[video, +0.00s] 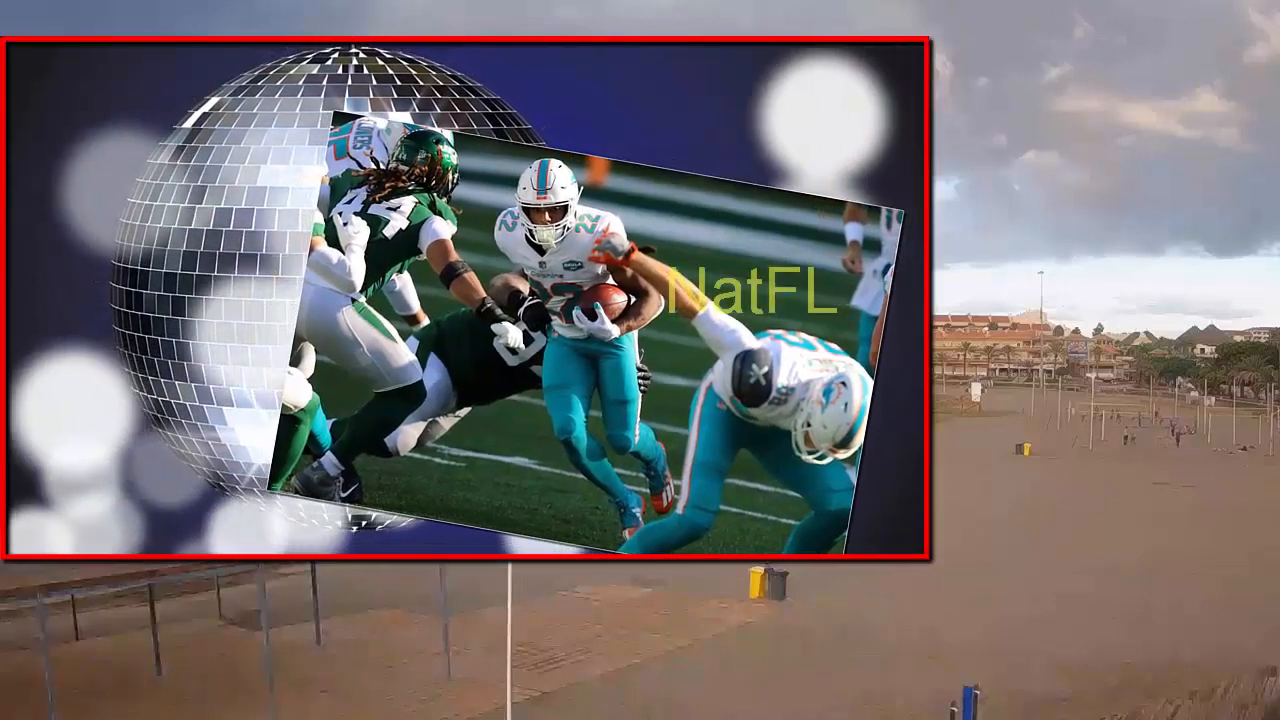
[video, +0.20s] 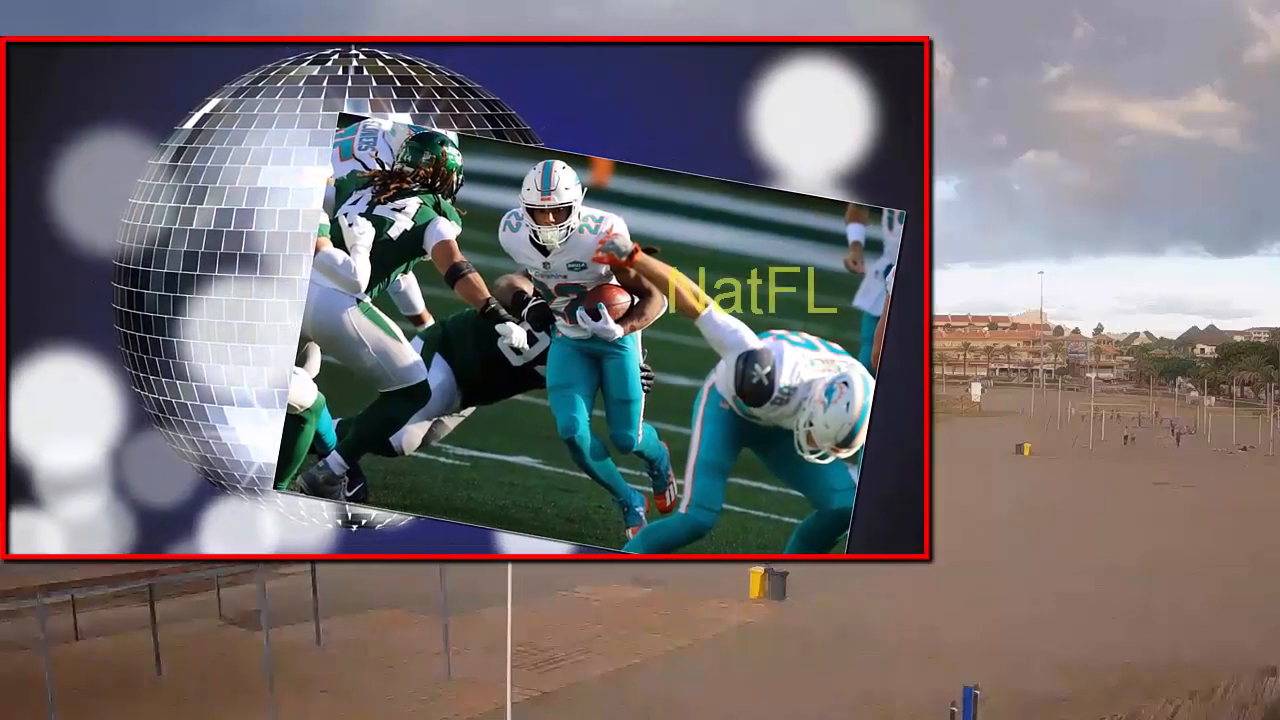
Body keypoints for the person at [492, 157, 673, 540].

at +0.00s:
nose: (544, 219)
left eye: (553, 210)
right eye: (535, 211)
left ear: (571, 204)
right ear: (523, 206)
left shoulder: (602, 232)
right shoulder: (508, 231)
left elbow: (655, 296)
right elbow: (534, 273)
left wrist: (619, 329)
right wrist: (539, 304)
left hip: (614, 340)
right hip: (564, 339)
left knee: (622, 439)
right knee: (568, 432)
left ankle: (657, 467)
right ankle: (628, 504)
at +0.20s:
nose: (547, 220)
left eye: (557, 211)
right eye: (539, 212)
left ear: (574, 205)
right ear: (527, 207)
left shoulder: (606, 232)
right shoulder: (512, 231)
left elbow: (657, 296)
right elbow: (539, 274)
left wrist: (623, 329)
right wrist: (543, 304)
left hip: (618, 340)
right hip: (567, 339)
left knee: (625, 439)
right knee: (572, 432)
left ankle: (659, 463)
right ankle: (631, 503)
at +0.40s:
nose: (552, 221)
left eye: (561, 212)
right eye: (543, 213)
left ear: (578, 206)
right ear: (530, 208)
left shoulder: (610, 233)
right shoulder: (516, 232)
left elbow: (660, 296)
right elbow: (542, 274)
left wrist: (626, 329)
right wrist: (541, 305)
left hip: (622, 341)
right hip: (571, 340)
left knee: (629, 439)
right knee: (576, 431)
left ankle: (663, 463)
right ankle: (634, 501)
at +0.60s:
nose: (556, 222)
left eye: (565, 213)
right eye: (547, 214)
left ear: (582, 207)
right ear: (535, 209)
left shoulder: (614, 234)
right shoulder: (520, 233)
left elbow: (663, 297)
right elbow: (548, 275)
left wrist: (629, 329)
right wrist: (551, 304)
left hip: (625, 341)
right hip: (575, 340)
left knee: (632, 437)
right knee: (580, 431)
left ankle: (666, 463)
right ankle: (637, 501)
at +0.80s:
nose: (560, 223)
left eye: (569, 214)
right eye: (551, 215)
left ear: (586, 208)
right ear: (539, 210)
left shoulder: (617, 235)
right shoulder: (525, 234)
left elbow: (666, 299)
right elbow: (552, 276)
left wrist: (632, 330)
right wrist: (558, 305)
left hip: (629, 341)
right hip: (579, 340)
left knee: (635, 436)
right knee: (583, 431)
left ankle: (670, 463)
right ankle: (641, 500)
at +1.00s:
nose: (564, 224)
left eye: (572, 215)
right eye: (555, 216)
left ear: (590, 209)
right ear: (543, 211)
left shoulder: (621, 237)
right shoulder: (529, 234)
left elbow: (668, 299)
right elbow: (555, 276)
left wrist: (636, 330)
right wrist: (559, 306)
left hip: (632, 341)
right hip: (583, 340)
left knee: (639, 436)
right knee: (587, 430)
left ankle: (673, 462)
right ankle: (645, 499)